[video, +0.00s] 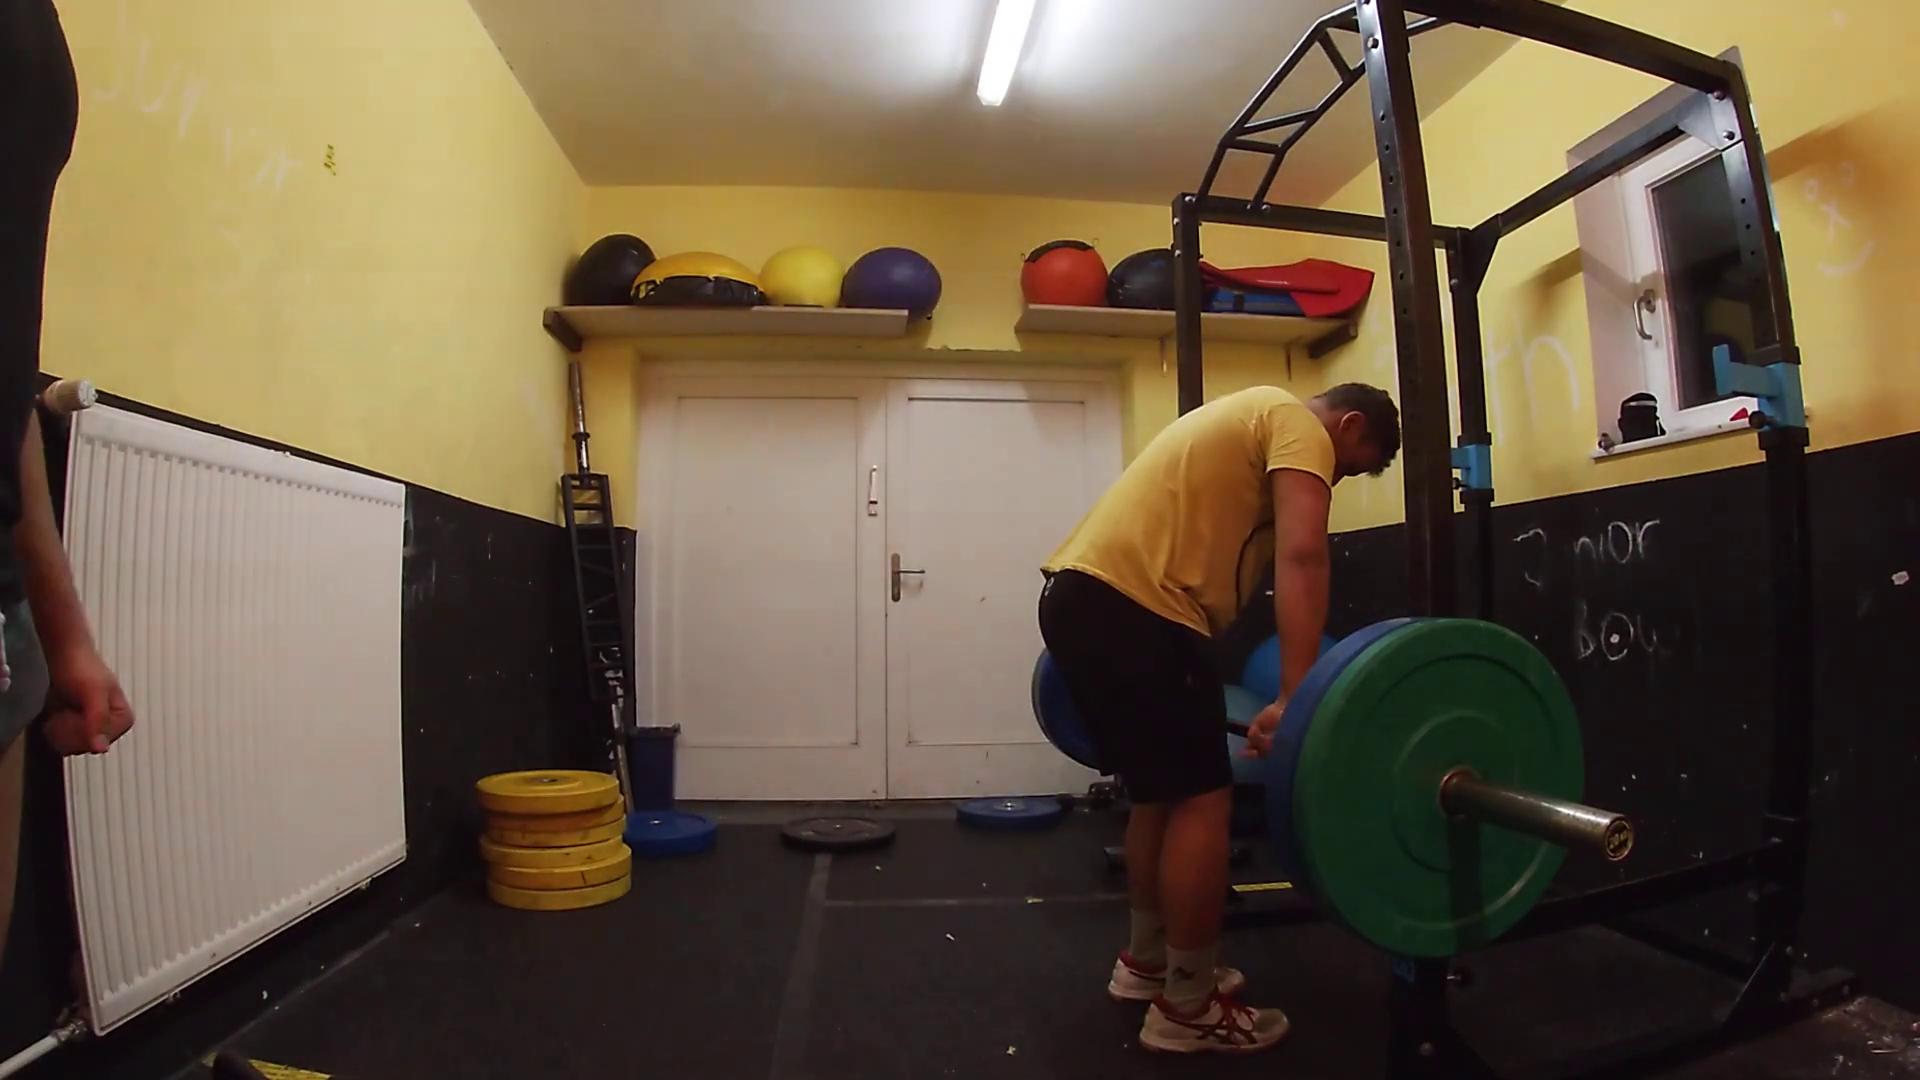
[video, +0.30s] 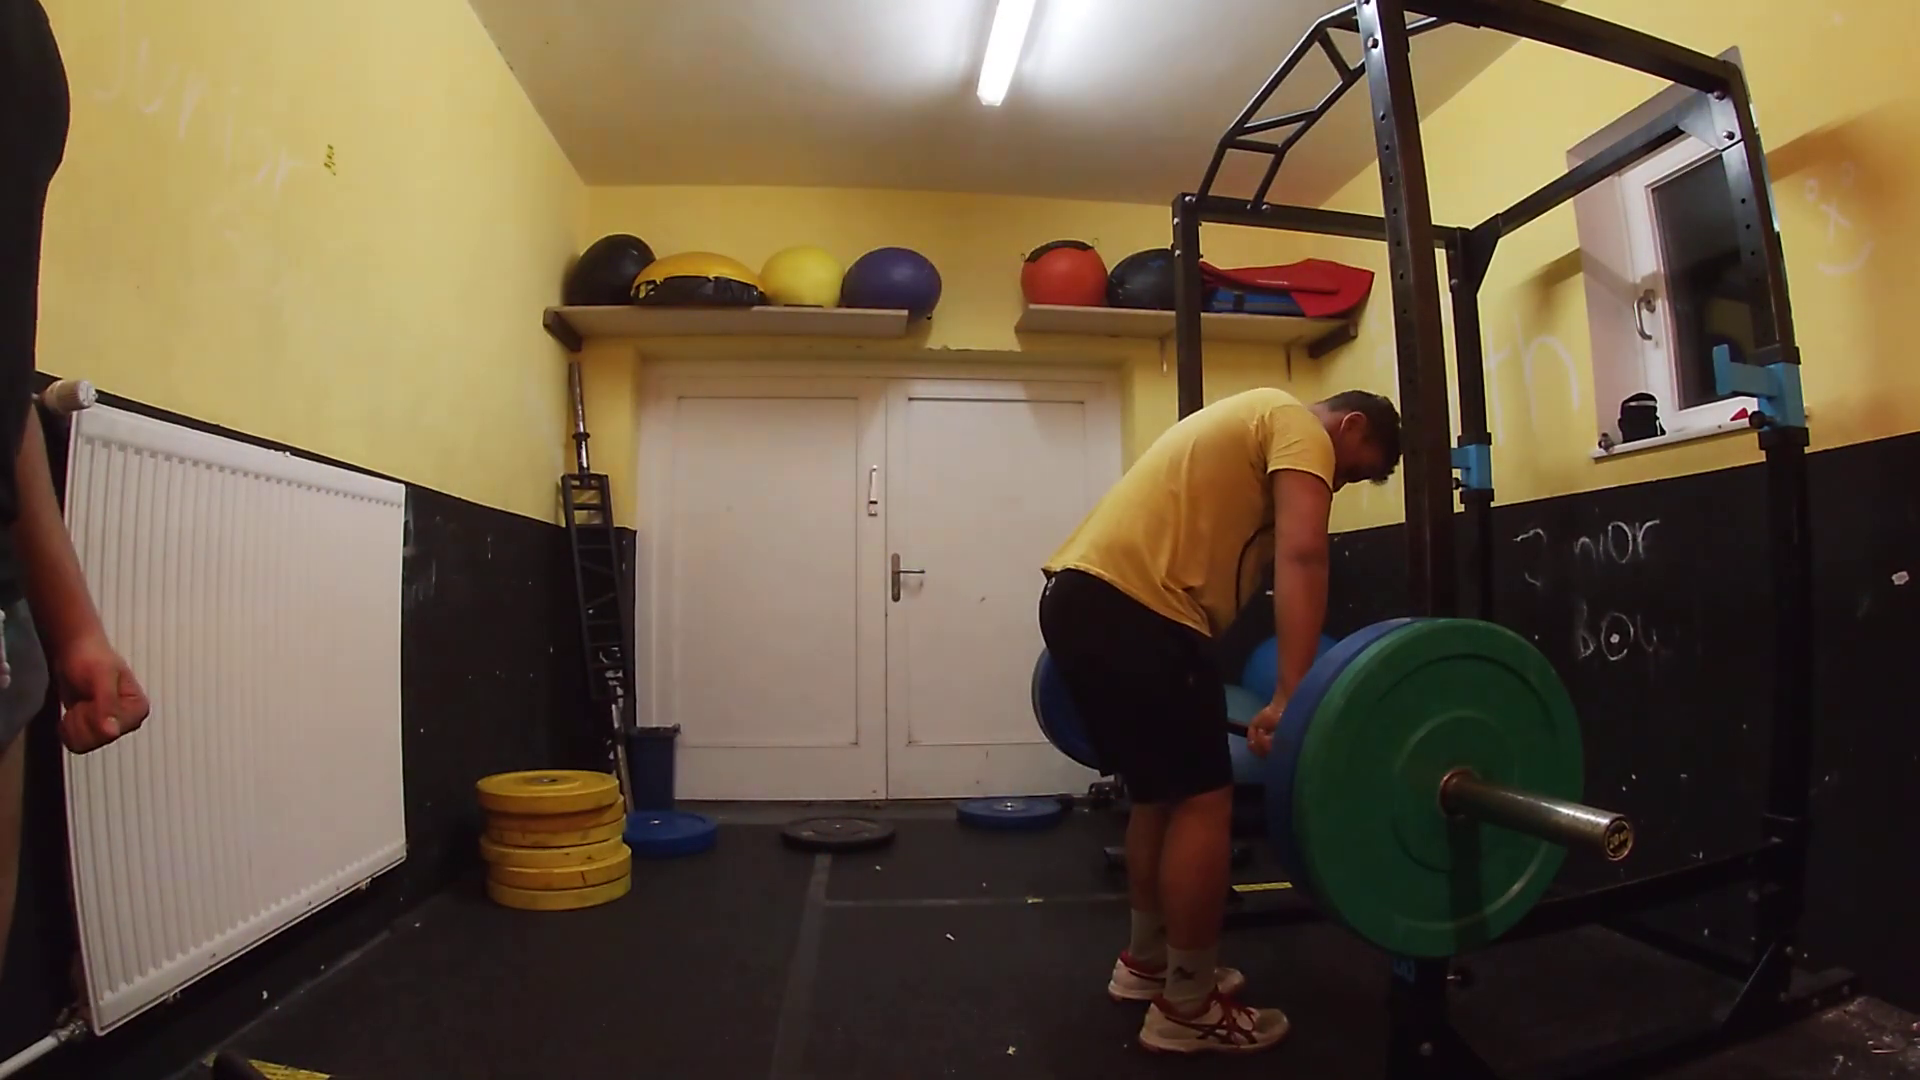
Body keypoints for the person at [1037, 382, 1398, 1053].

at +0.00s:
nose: (1342, 478)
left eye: (1354, 473)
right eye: (1356, 465)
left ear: (1338, 412)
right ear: (1348, 425)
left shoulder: (1240, 422)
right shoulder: (1295, 423)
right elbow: (1302, 553)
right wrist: (1295, 698)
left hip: (1083, 590)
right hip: (1138, 604)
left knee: (1155, 791)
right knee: (1203, 796)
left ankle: (1147, 957)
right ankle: (1188, 1006)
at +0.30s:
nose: (1344, 484)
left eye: (1356, 479)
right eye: (1358, 470)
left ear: (1344, 419)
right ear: (1349, 426)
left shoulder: (1244, 424)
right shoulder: (1297, 425)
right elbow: (1302, 550)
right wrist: (1290, 693)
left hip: (1084, 591)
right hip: (1138, 606)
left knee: (1155, 792)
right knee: (1204, 798)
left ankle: (1146, 957)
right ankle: (1188, 1006)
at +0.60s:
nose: (1346, 483)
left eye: (1357, 479)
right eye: (1359, 469)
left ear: (1339, 414)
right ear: (1348, 422)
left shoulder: (1243, 426)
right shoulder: (1296, 425)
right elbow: (1304, 553)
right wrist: (1299, 702)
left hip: (1084, 590)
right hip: (1139, 604)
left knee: (1155, 791)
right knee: (1204, 798)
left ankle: (1147, 958)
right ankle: (1188, 1007)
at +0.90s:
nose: (1354, 484)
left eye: (1364, 479)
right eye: (1367, 469)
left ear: (1341, 417)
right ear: (1351, 426)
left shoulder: (1247, 427)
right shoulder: (1300, 429)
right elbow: (1309, 553)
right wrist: (1297, 698)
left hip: (1083, 591)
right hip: (1139, 607)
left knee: (1157, 793)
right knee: (1207, 800)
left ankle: (1147, 958)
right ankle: (1188, 1006)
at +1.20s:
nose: (1359, 475)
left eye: (1371, 468)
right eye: (1371, 459)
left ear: (1341, 410)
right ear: (1353, 419)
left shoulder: (1249, 430)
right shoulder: (1302, 426)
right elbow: (1305, 555)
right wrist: (1299, 700)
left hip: (1083, 594)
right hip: (1139, 607)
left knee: (1158, 793)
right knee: (1212, 800)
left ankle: (1147, 958)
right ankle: (1189, 1005)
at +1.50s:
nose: (1354, 454)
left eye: (1365, 446)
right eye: (1365, 436)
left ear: (1329, 392)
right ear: (1346, 401)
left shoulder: (1247, 417)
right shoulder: (1296, 421)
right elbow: (1300, 557)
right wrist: (1300, 698)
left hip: (1081, 595)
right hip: (1137, 605)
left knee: (1159, 788)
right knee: (1213, 797)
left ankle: (1147, 957)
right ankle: (1190, 1005)